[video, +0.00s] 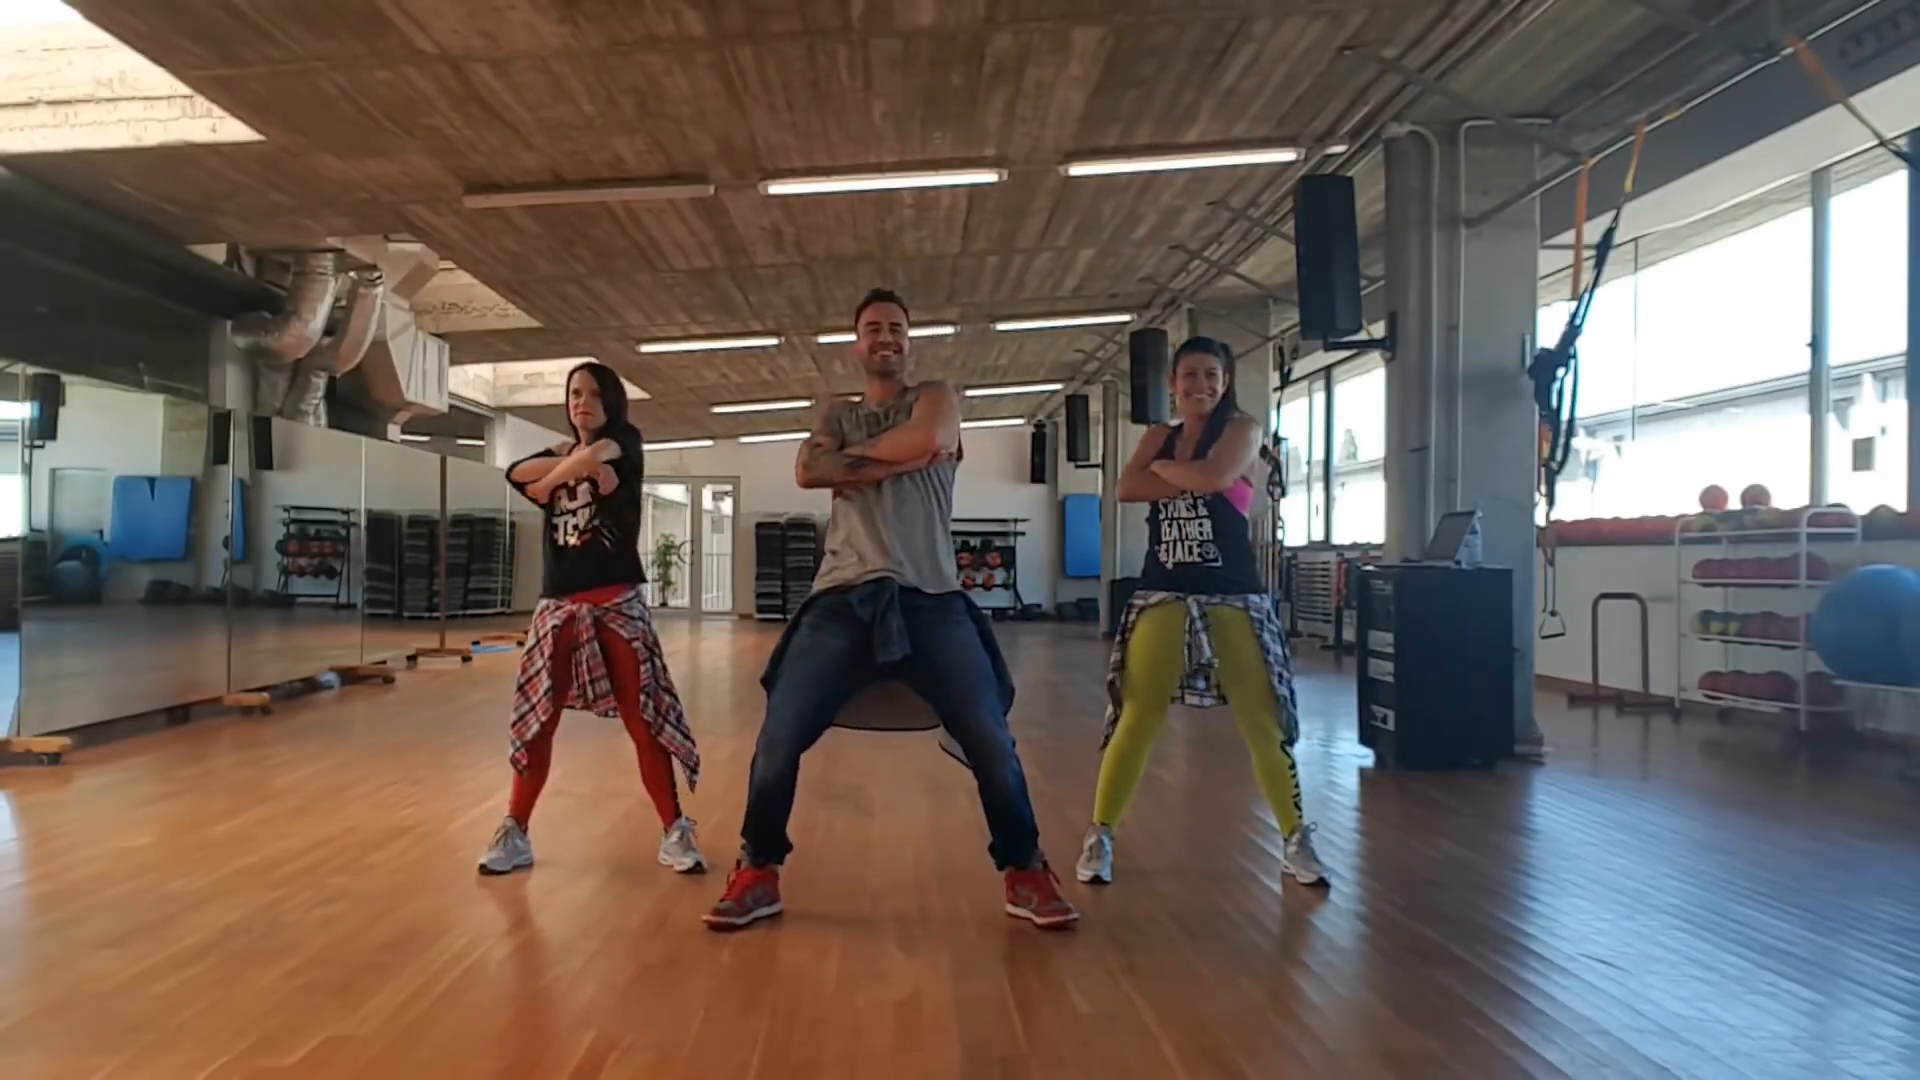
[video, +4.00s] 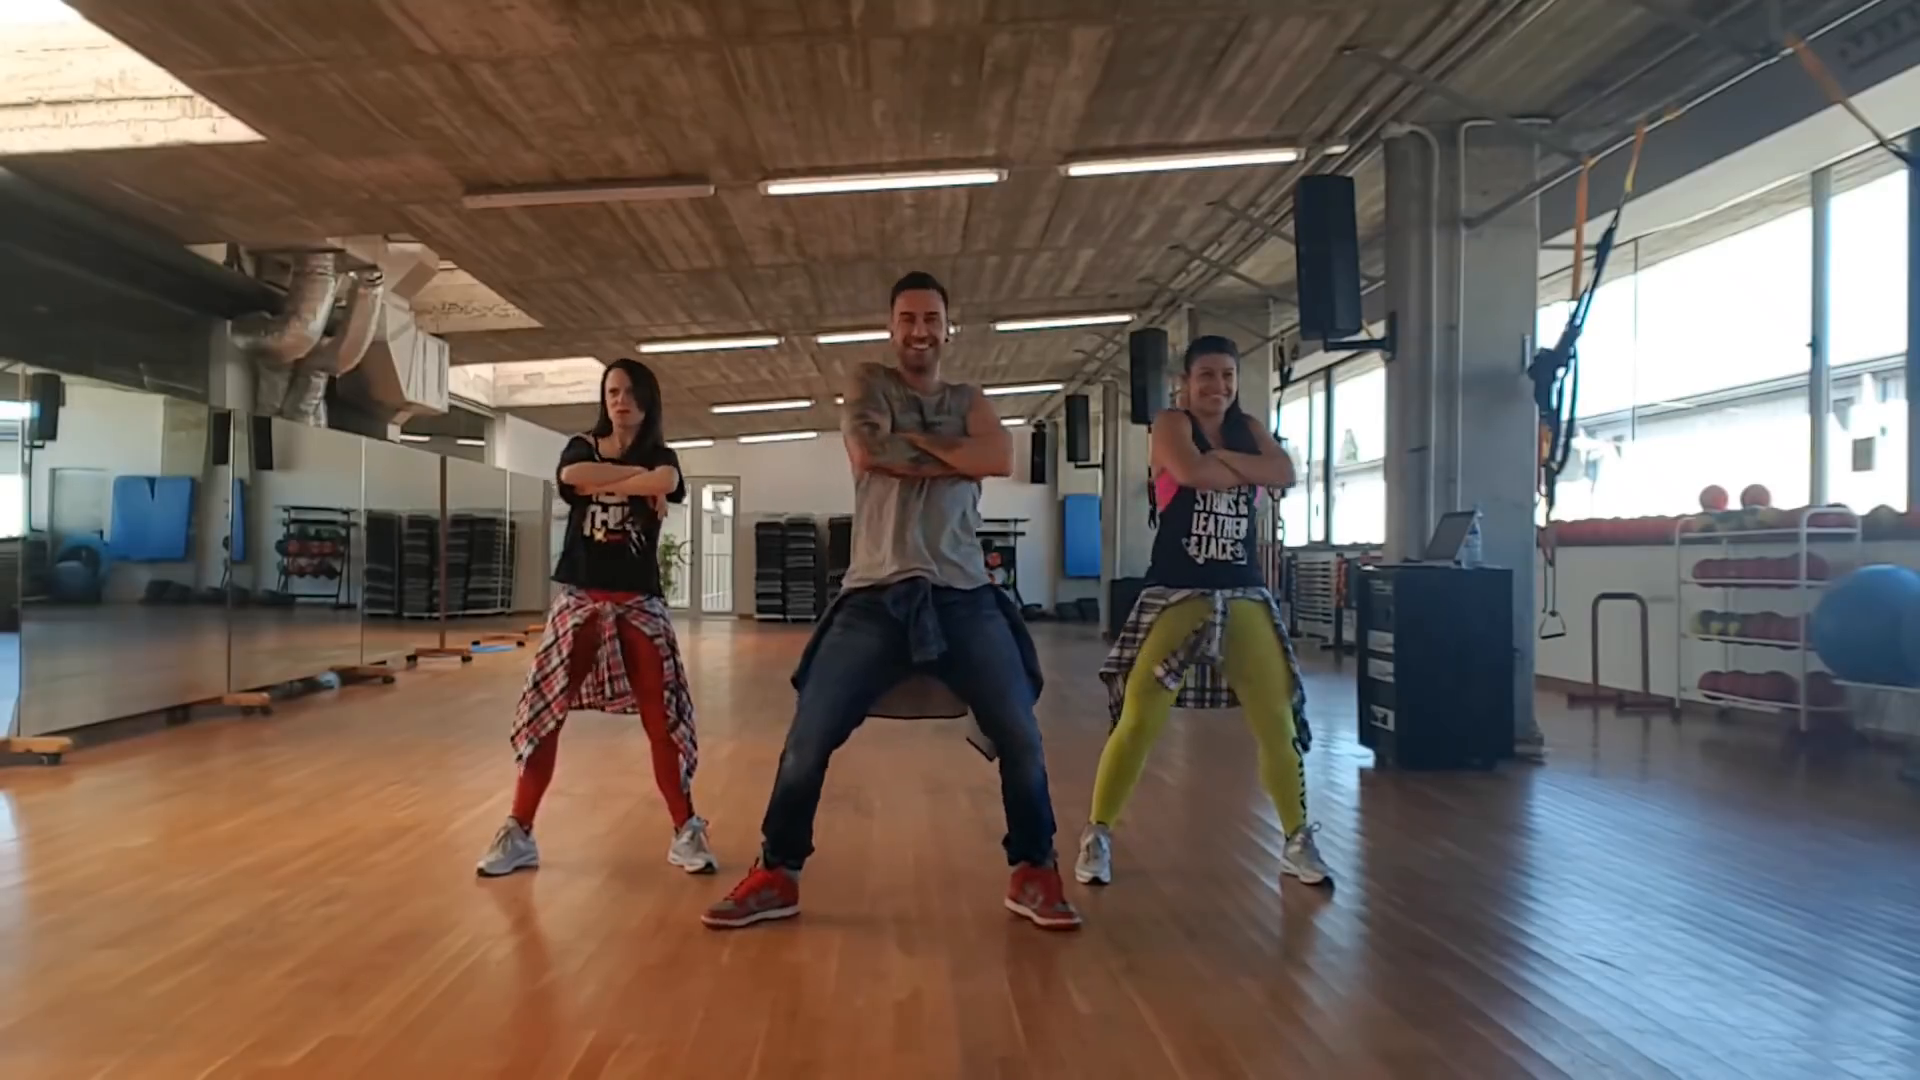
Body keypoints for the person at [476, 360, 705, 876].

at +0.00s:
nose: (582, 402)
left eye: (591, 395)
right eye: (575, 395)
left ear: (611, 401)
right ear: (567, 403)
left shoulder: (625, 443)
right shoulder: (556, 454)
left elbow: (589, 460)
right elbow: (515, 474)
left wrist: (546, 485)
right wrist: (577, 462)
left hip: (617, 598)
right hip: (559, 602)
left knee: (642, 717)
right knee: (537, 714)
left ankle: (675, 830)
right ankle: (515, 832)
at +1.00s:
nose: (586, 404)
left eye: (595, 397)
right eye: (578, 396)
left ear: (612, 404)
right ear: (568, 405)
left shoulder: (631, 455)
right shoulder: (550, 463)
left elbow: (619, 498)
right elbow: (532, 502)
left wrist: (561, 505)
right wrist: (601, 494)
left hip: (618, 602)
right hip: (558, 606)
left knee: (645, 713)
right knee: (539, 715)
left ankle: (676, 829)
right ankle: (514, 832)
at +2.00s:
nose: (593, 404)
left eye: (602, 396)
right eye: (585, 396)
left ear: (621, 403)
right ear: (575, 402)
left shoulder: (638, 450)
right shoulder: (558, 453)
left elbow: (640, 489)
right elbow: (555, 492)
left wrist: (580, 487)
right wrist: (625, 483)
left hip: (628, 598)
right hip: (567, 599)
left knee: (649, 713)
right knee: (541, 712)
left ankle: (677, 830)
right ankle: (515, 832)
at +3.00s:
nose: (606, 394)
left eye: (616, 388)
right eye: (599, 387)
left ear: (633, 400)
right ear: (588, 399)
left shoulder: (652, 455)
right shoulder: (568, 453)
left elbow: (643, 479)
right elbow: (557, 480)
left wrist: (587, 485)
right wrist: (628, 475)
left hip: (637, 602)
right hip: (575, 602)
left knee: (664, 719)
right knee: (533, 712)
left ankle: (686, 831)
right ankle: (526, 835)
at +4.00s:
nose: (619, 400)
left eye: (628, 392)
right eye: (613, 392)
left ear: (647, 400)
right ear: (603, 399)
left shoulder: (661, 458)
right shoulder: (585, 446)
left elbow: (663, 486)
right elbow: (570, 478)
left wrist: (597, 480)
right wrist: (642, 479)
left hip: (640, 601)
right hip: (579, 597)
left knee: (661, 719)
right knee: (545, 711)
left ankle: (687, 831)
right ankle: (519, 833)